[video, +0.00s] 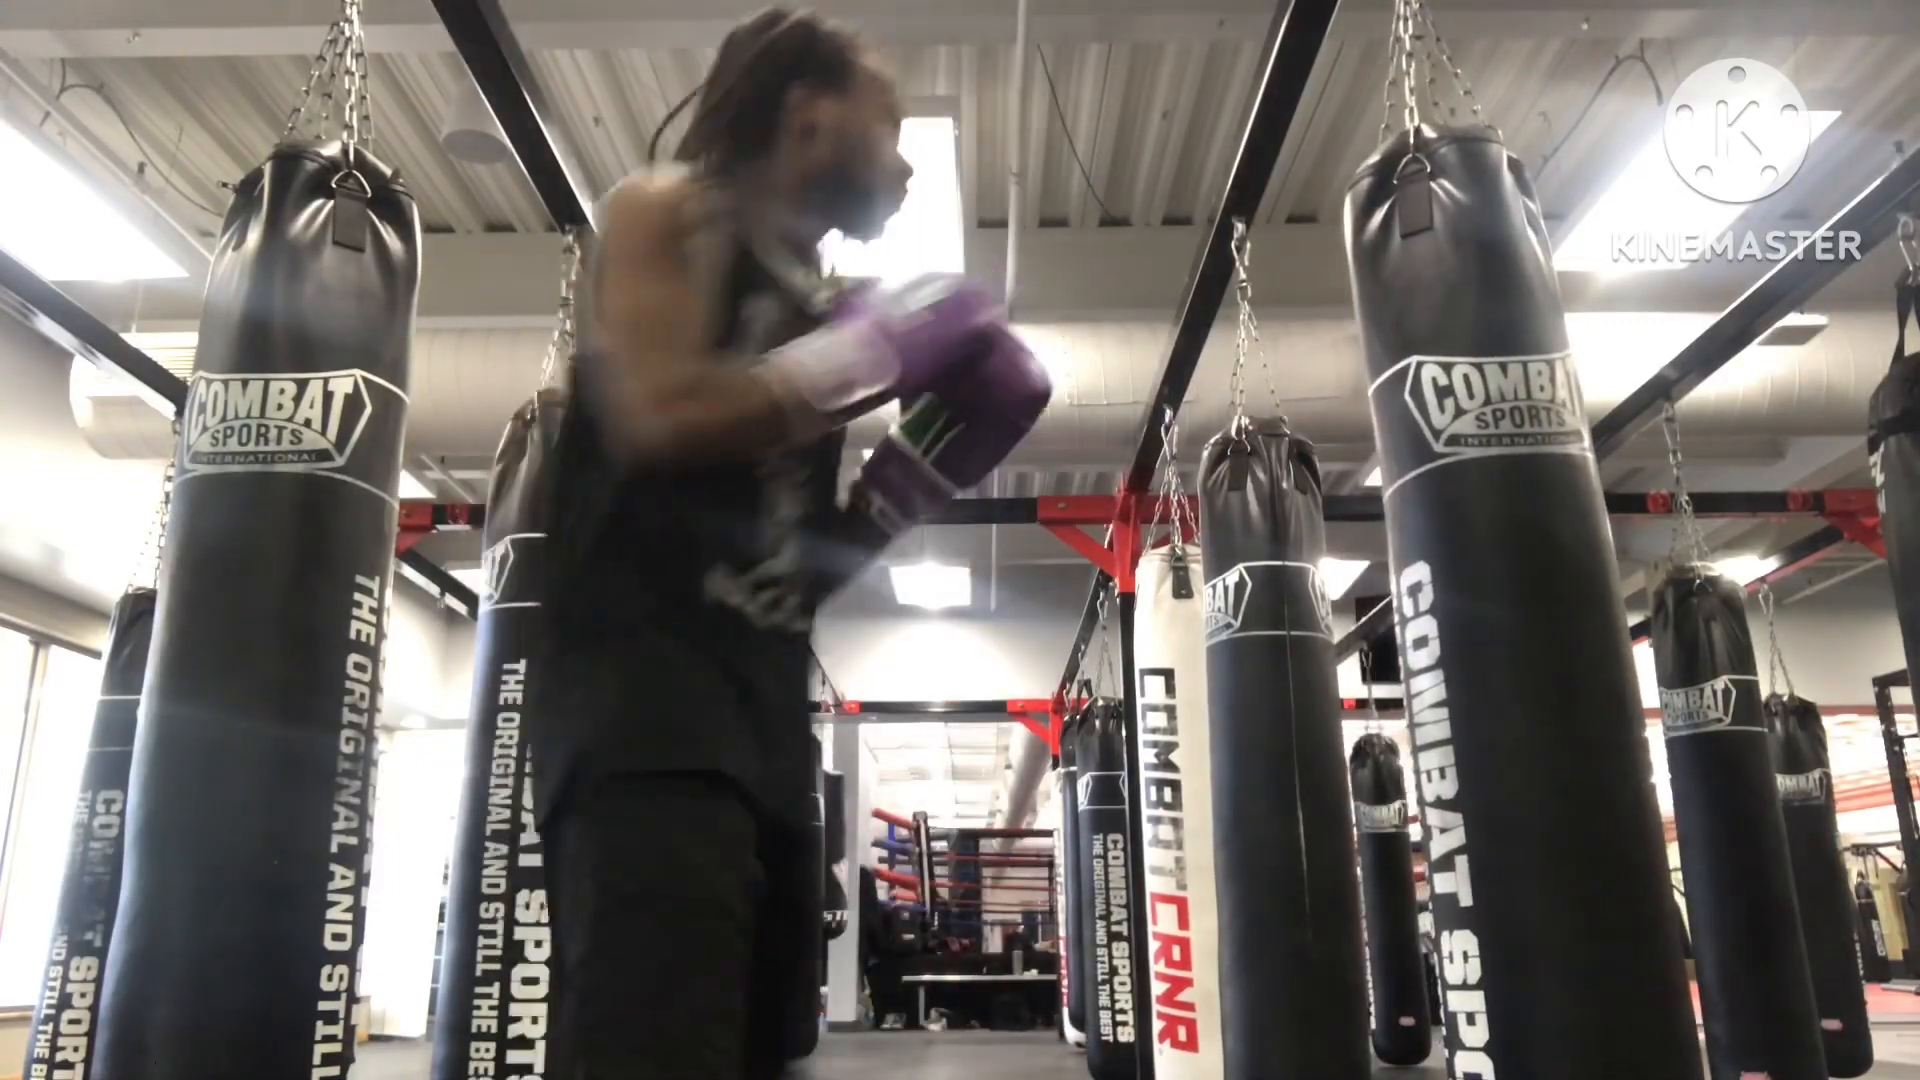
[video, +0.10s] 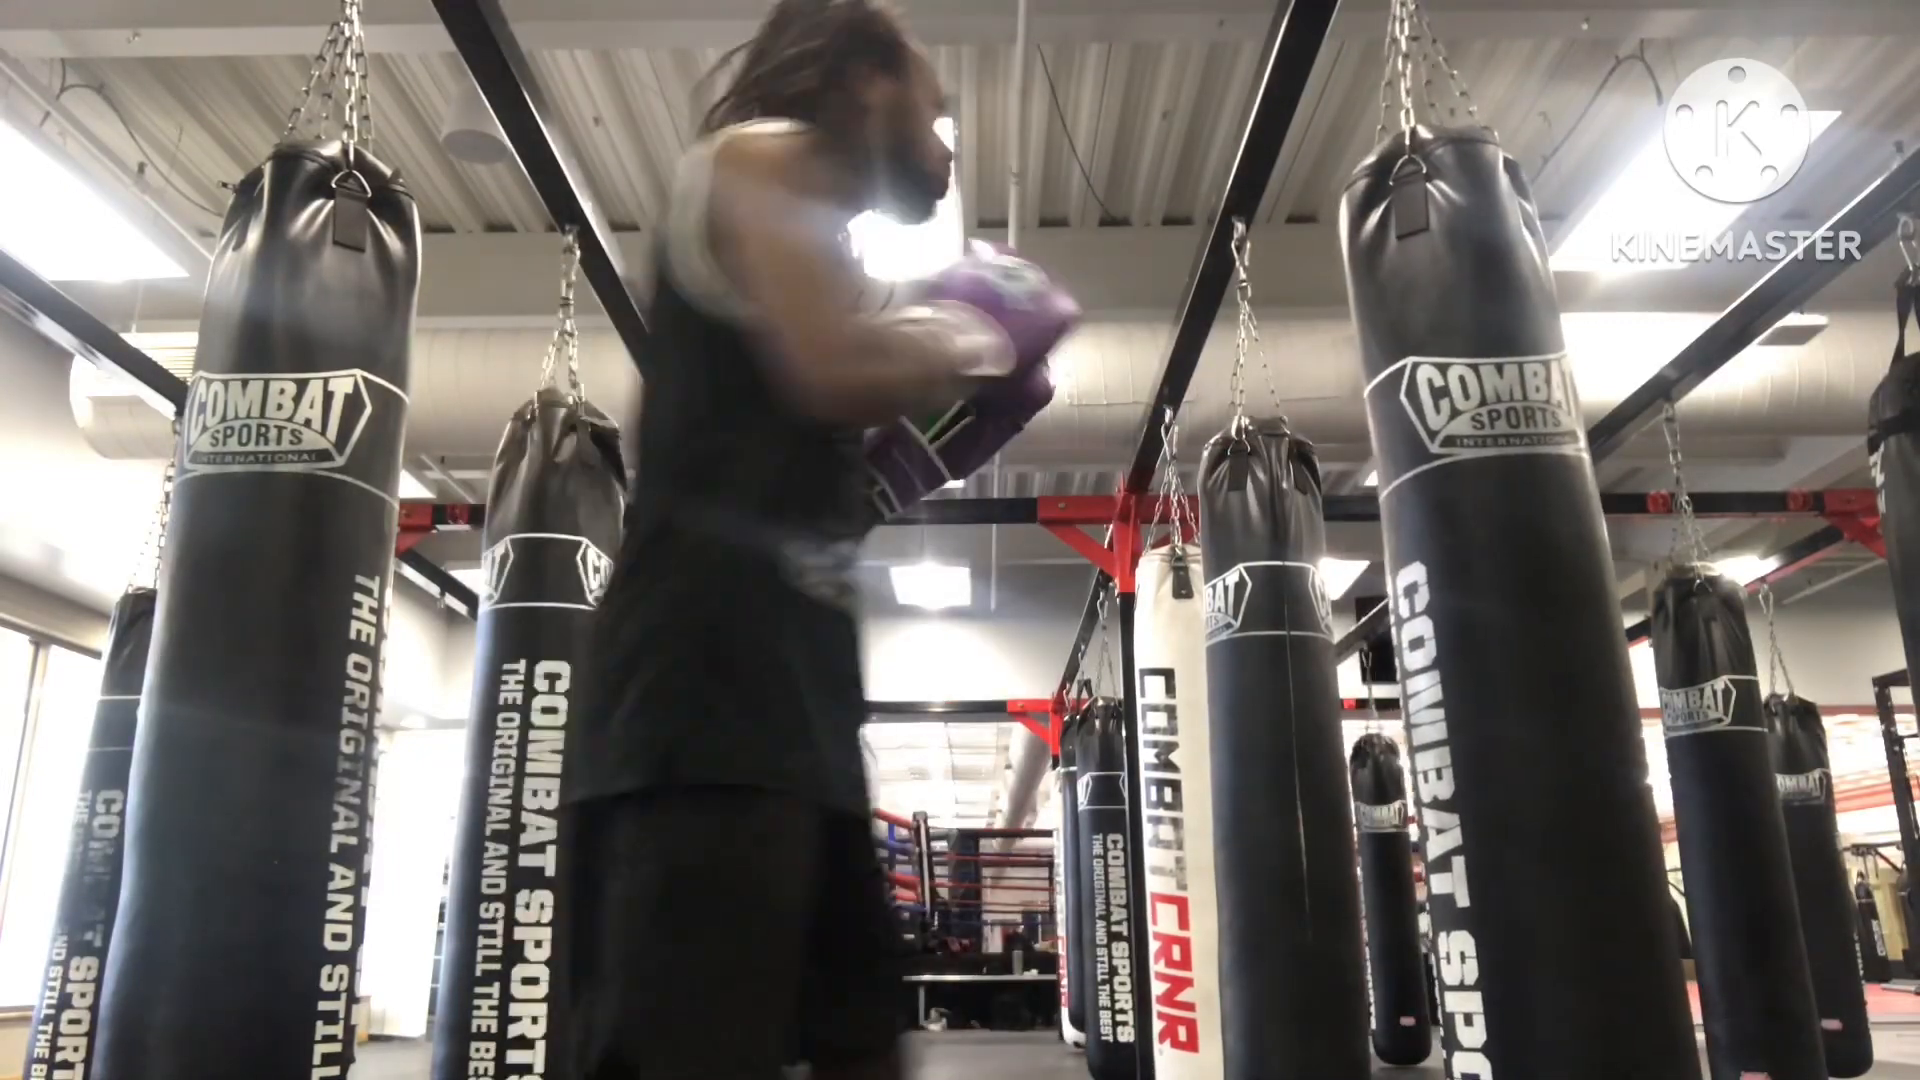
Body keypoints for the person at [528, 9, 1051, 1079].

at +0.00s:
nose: (904, 162)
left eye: (900, 133)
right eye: (887, 125)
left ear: (819, 125)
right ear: (809, 113)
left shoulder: (820, 306)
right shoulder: (662, 210)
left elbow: (783, 571)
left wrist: (911, 475)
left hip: (758, 724)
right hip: (643, 713)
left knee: (753, 1040)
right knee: (653, 1042)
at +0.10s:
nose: (946, 144)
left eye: (946, 115)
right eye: (932, 110)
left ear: (849, 97)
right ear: (862, 83)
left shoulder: (783, 212)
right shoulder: (760, 156)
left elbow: (821, 480)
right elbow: (829, 362)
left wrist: (975, 407)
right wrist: (975, 330)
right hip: (719, 658)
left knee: (843, 1020)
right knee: (699, 1024)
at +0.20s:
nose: (950, 137)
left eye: (950, 117)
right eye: (944, 110)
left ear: (815, 81)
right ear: (915, 85)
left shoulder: (781, 217)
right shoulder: (858, 141)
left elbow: (852, 469)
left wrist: (999, 362)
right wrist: (1056, 355)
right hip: (788, 689)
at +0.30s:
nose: (1000, 129)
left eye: (1003, 104)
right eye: (994, 100)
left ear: (859, 96)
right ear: (959, 87)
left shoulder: (805, 247)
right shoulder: (926, 158)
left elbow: (883, 456)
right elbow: (1054, 400)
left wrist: (1019, 359)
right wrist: (1091, 348)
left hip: (784, 738)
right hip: (875, 739)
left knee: (791, 1036)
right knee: (913, 1035)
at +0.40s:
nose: (1031, 145)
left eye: (1034, 125)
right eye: (1025, 119)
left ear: (898, 114)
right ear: (990, 103)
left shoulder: (840, 281)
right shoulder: (967, 180)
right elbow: (1085, 431)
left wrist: (1054, 368)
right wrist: (1109, 370)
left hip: (870, 752)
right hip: (966, 745)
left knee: (906, 1047)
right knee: (1013, 1046)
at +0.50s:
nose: (1070, 131)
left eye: (1062, 112)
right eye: (1061, 106)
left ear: (919, 119)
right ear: (1035, 101)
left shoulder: (874, 278)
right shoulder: (1008, 195)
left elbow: (968, 480)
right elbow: (1121, 444)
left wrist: (1126, 401)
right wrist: (1133, 347)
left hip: (919, 732)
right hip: (1025, 723)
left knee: (1006, 1043)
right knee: (1160, 1031)